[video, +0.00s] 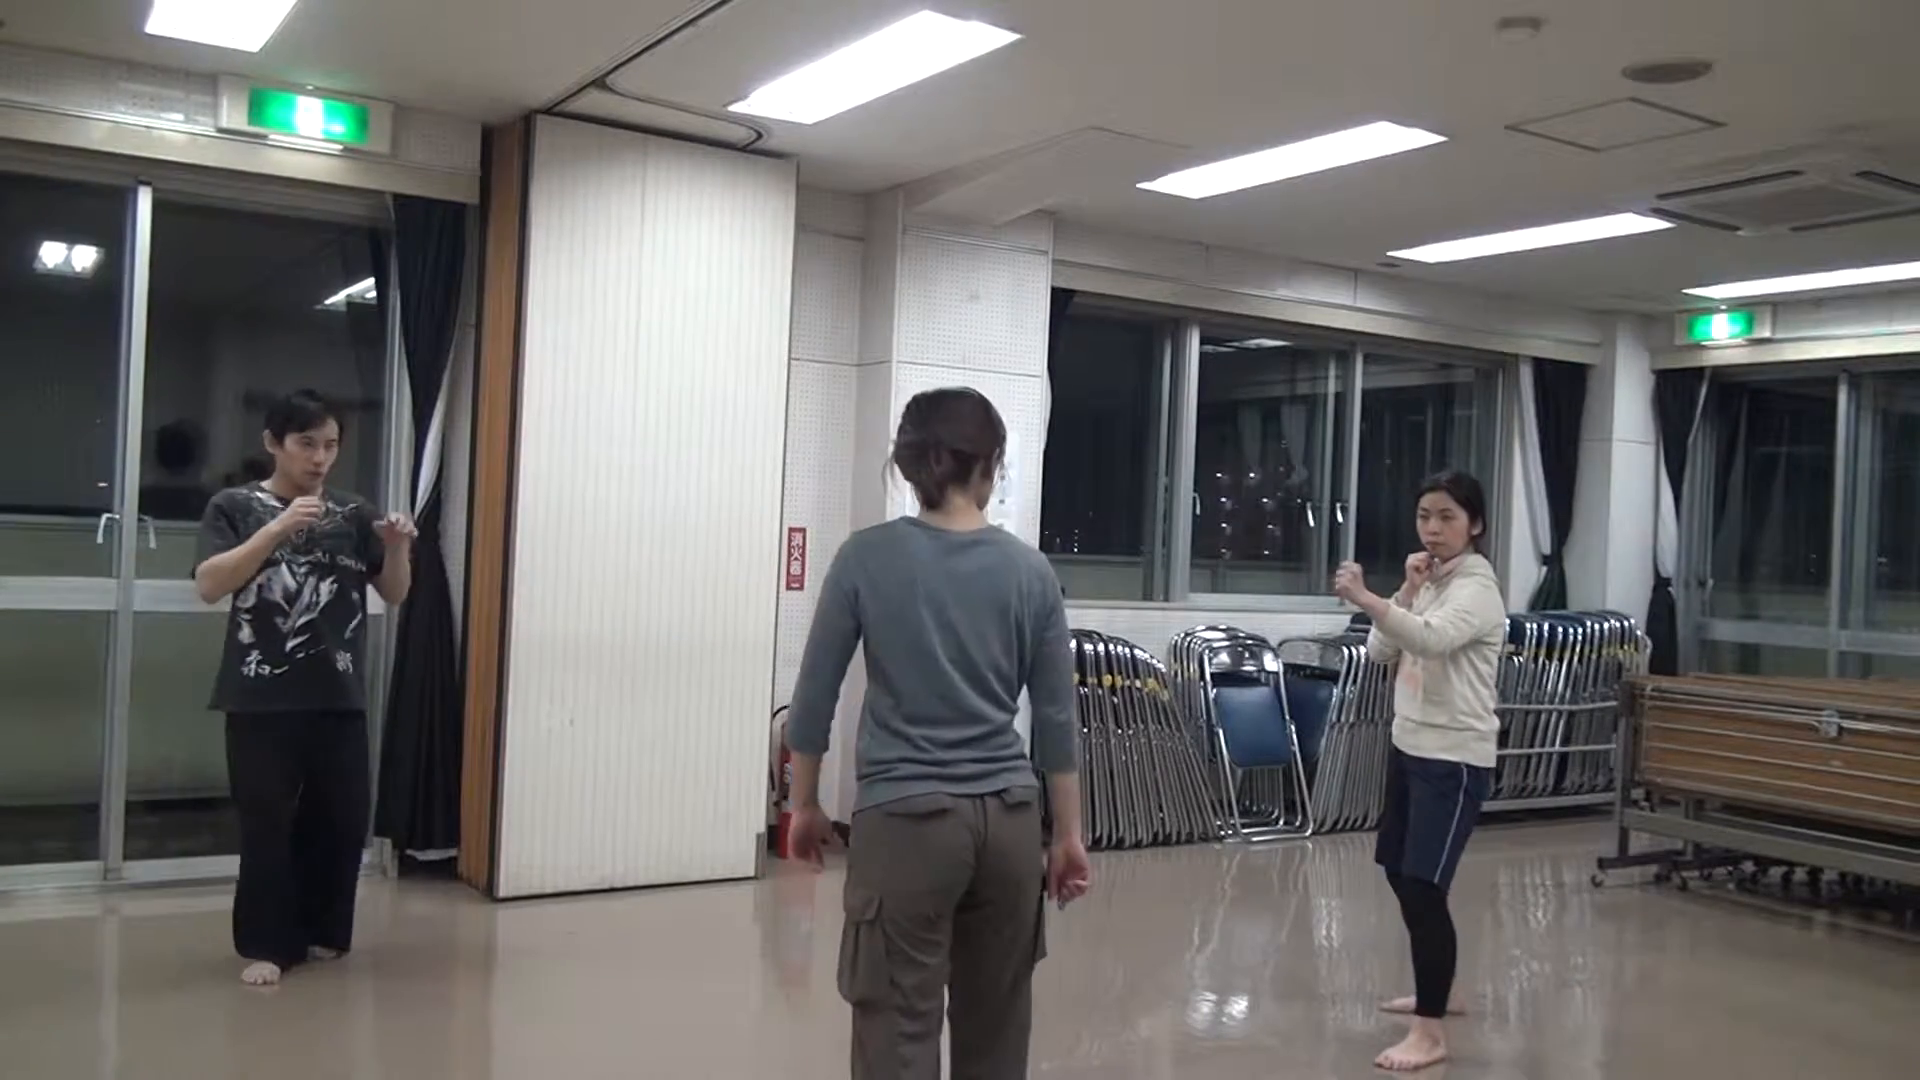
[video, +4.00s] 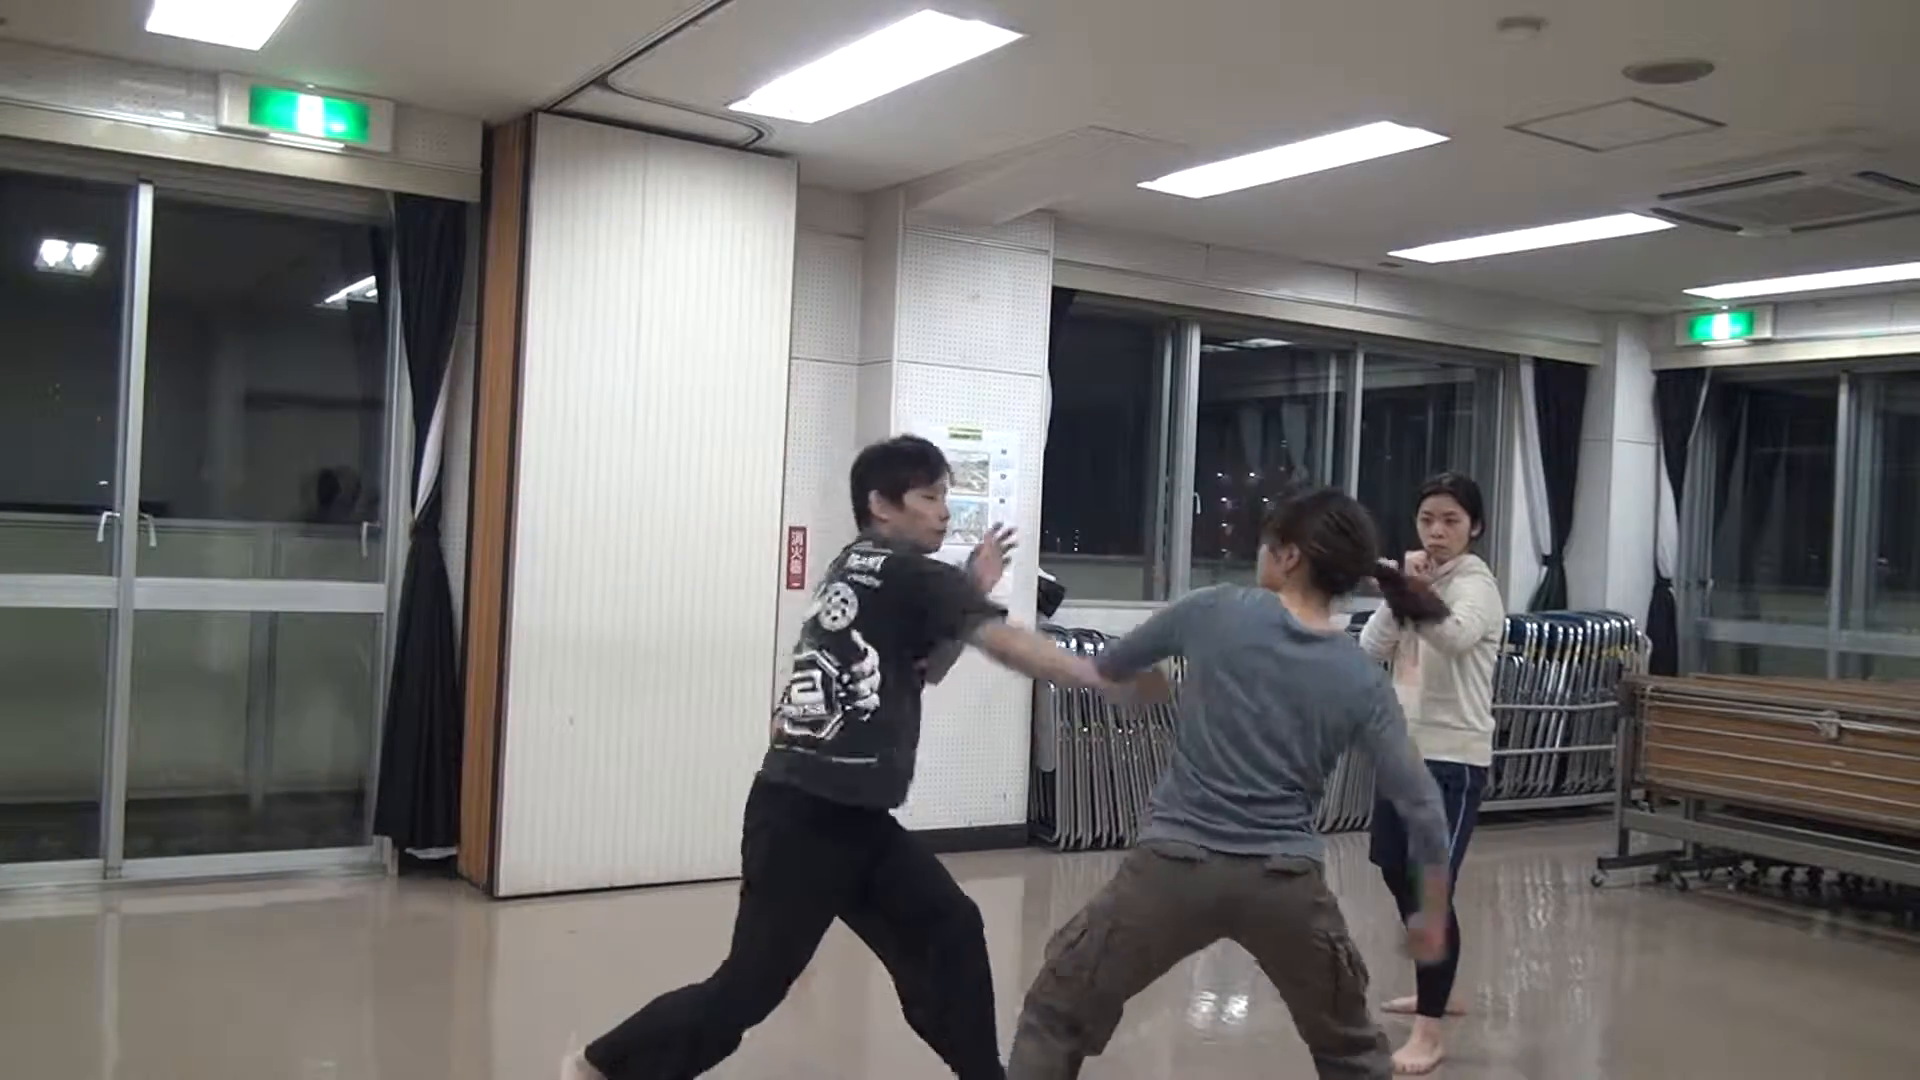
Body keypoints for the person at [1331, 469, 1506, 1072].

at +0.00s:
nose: (1430, 527)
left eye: (1443, 516)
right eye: (1424, 516)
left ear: (1473, 524)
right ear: (1417, 523)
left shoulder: (1478, 584)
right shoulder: (1425, 582)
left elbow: (1439, 637)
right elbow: (1381, 650)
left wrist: (1368, 601)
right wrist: (1406, 593)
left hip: (1454, 760)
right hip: (1411, 752)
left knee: (1423, 886)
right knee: (1397, 869)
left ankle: (1429, 1032)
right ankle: (1436, 993)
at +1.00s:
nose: (1434, 521)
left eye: (1449, 512)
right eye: (1427, 510)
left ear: (1475, 523)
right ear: (1418, 519)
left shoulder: (1478, 579)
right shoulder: (1419, 578)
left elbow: (1445, 623)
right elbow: (1370, 638)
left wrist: (1388, 577)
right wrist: (1404, 581)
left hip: (1449, 754)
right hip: (1405, 747)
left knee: (1425, 882)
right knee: (1405, 872)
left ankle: (1426, 1033)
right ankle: (1437, 987)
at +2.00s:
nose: (1436, 523)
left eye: (1450, 513)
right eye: (1429, 512)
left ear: (1477, 522)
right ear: (1421, 520)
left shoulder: (1480, 580)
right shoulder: (1424, 579)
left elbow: (1444, 627)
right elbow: (1376, 644)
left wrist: (1384, 583)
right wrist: (1405, 587)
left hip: (1449, 754)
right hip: (1409, 747)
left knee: (1426, 881)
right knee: (1412, 873)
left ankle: (1426, 1032)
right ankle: (1443, 990)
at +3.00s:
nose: (1433, 525)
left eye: (1447, 515)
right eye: (1427, 514)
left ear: (1475, 523)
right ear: (1419, 520)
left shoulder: (1477, 582)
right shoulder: (1422, 581)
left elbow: (1441, 632)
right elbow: (1374, 645)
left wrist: (1380, 588)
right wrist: (1404, 588)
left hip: (1446, 756)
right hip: (1406, 748)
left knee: (1425, 884)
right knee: (1408, 873)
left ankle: (1426, 1033)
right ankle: (1440, 990)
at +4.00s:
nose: (1437, 529)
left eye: (1450, 520)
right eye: (1428, 518)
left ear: (1473, 528)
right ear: (1417, 523)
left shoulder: (1477, 581)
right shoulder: (1413, 576)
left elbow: (1457, 637)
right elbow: (1372, 647)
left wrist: (1413, 591)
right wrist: (1406, 590)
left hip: (1455, 754)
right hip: (1405, 748)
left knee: (1433, 885)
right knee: (1389, 857)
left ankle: (1428, 1028)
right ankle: (1436, 981)